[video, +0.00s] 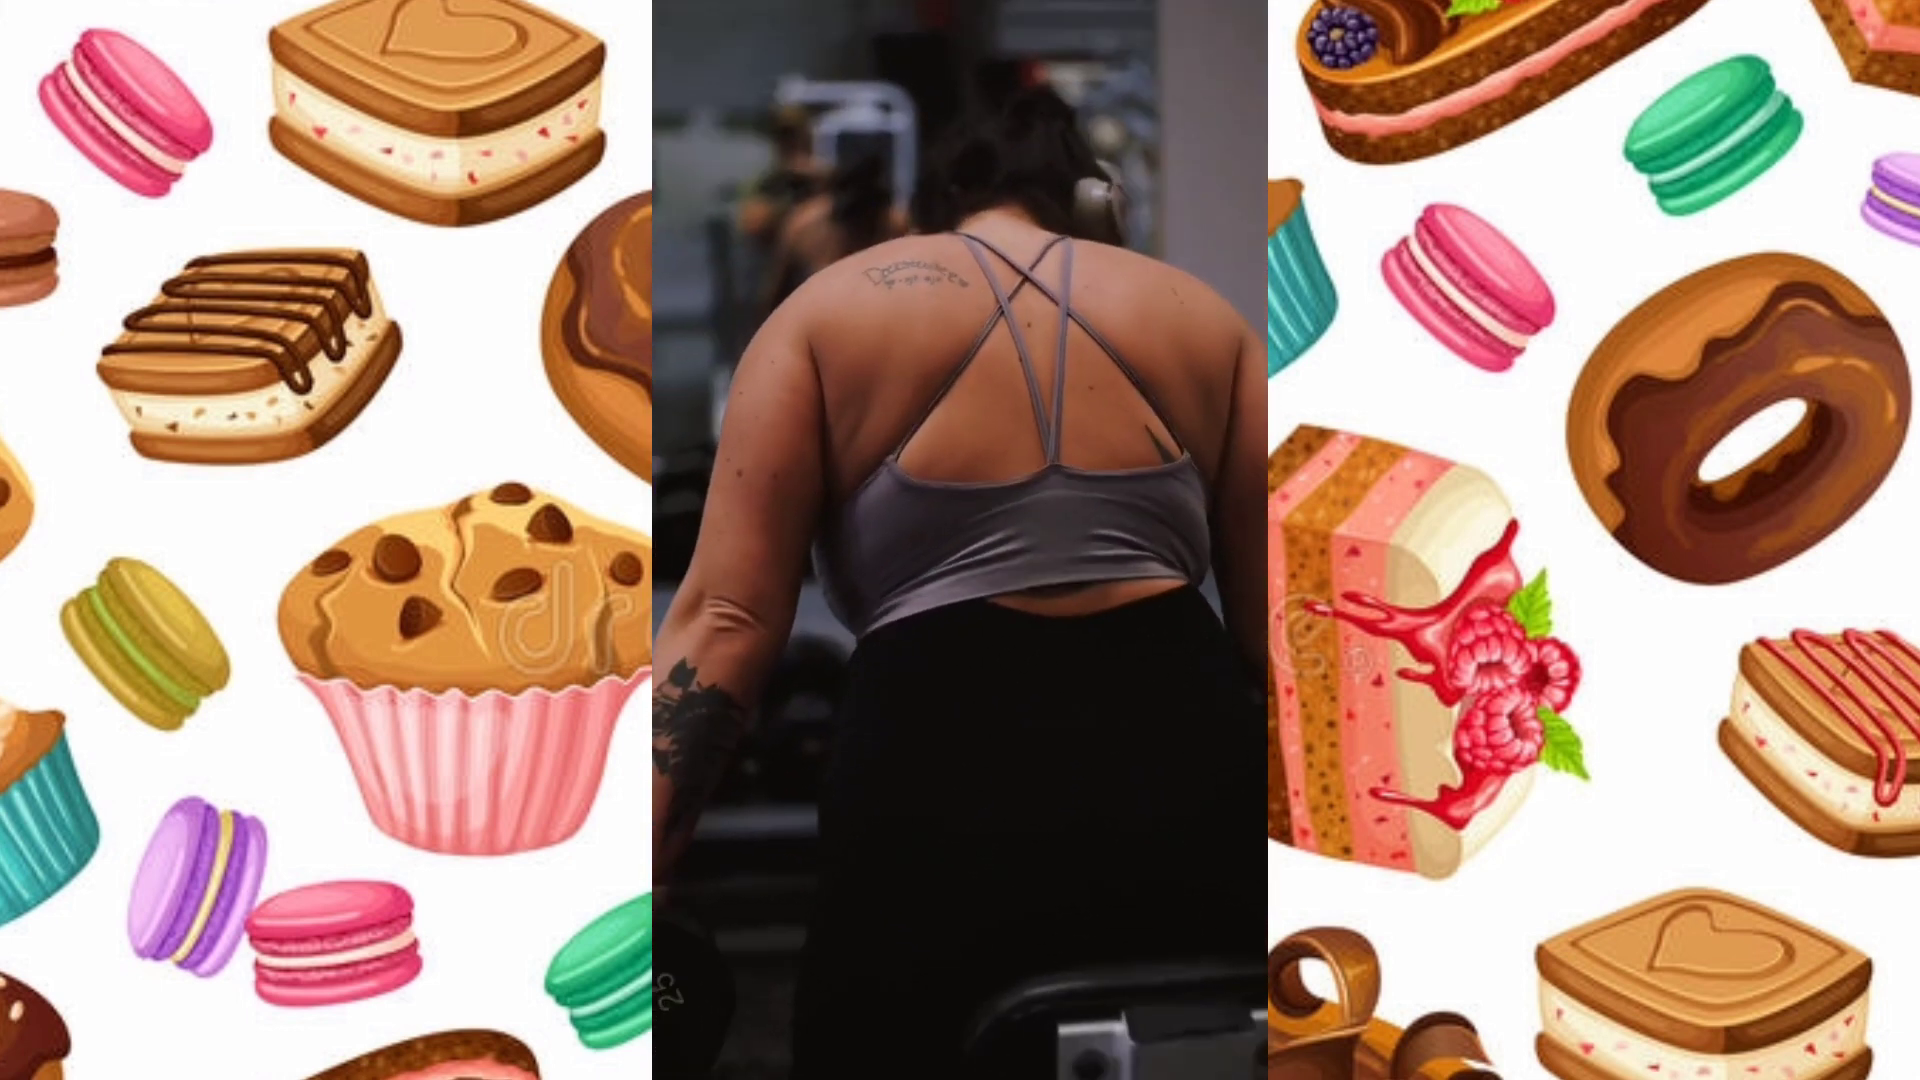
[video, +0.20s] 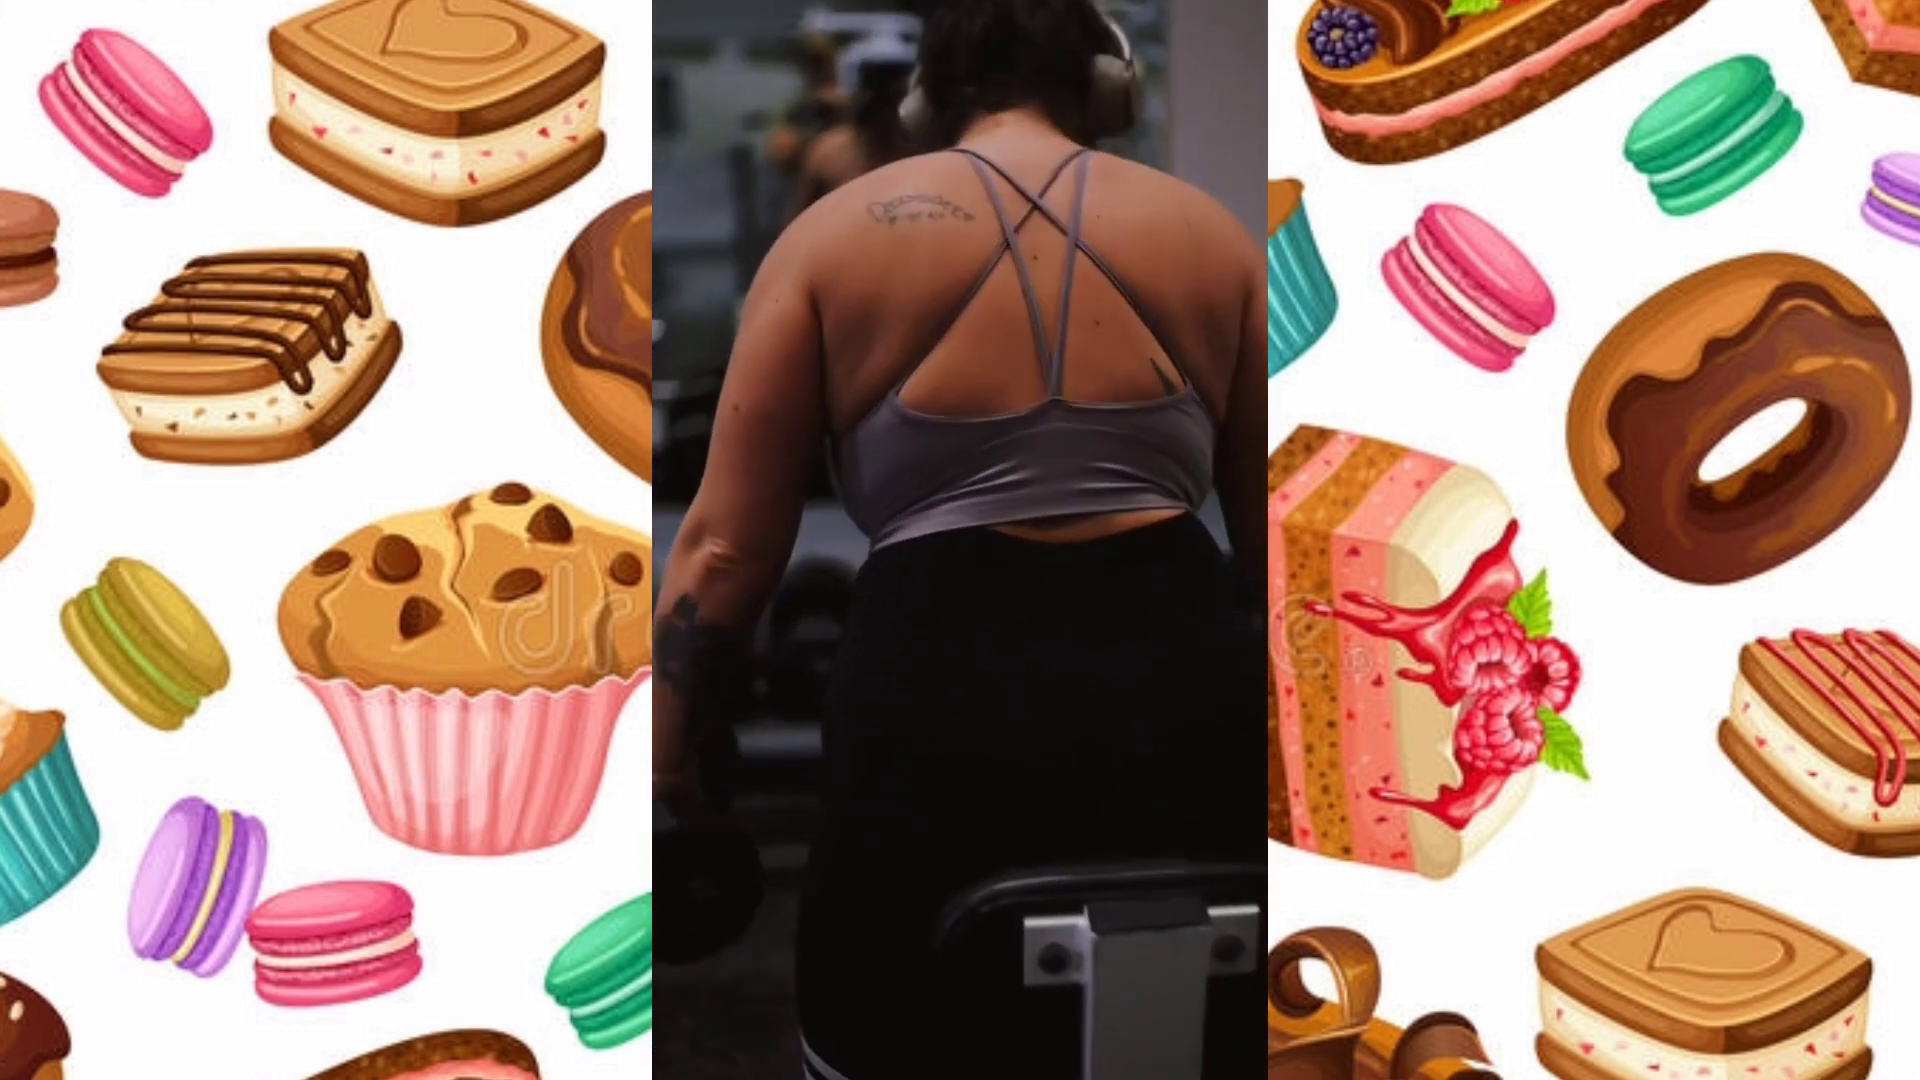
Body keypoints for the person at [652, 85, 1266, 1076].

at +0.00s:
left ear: (937, 192)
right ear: (1083, 190)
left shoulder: (827, 316)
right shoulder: (1201, 317)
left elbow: (726, 614)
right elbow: (1274, 620)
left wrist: (622, 864)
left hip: (933, 762)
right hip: (1184, 751)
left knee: (886, 1050)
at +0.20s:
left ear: (928, 92)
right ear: (1101, 86)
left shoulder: (830, 240)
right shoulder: (1208, 232)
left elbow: (725, 556)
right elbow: (1280, 532)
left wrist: (666, 755)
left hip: (933, 691)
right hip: (1183, 677)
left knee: (881, 1023)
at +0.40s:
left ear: (896, 22)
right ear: (1062, 20)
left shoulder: (793, 198)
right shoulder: (1170, 186)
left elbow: (700, 512)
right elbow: (1264, 477)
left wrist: (721, 556)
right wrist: (1207, 514)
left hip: (890, 659)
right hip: (1132, 648)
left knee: (853, 1039)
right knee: (1154, 1016)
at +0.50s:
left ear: (861, 24)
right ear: (1025, 18)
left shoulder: (770, 198)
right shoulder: (1145, 183)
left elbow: (699, 502)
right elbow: (1237, 471)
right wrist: (1148, 396)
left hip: (874, 657)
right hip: (1106, 649)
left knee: (845, 1034)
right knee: (1127, 1016)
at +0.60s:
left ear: (826, 68)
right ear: (1000, 53)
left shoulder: (744, 259)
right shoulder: (1120, 242)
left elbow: (690, 549)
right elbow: (1219, 508)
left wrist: (758, 451)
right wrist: (1111, 467)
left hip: (854, 703)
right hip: (1083, 689)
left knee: (825, 1045)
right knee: (1103, 1030)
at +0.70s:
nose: (795, 106)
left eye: (802, 84)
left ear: (813, 104)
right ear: (995, 94)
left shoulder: (739, 304)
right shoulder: (1113, 281)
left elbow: (692, 588)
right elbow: (1208, 541)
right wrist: (1106, 468)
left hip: (853, 752)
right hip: (1083, 740)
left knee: (796, 1043)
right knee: (1098, 1042)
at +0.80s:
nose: (795, 112)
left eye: (804, 94)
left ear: (813, 116)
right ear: (994, 107)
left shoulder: (738, 311)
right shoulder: (1105, 291)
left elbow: (689, 591)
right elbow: (1198, 548)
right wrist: (1104, 470)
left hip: (853, 757)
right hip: (1080, 745)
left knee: (757, 1042)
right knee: (1101, 1039)